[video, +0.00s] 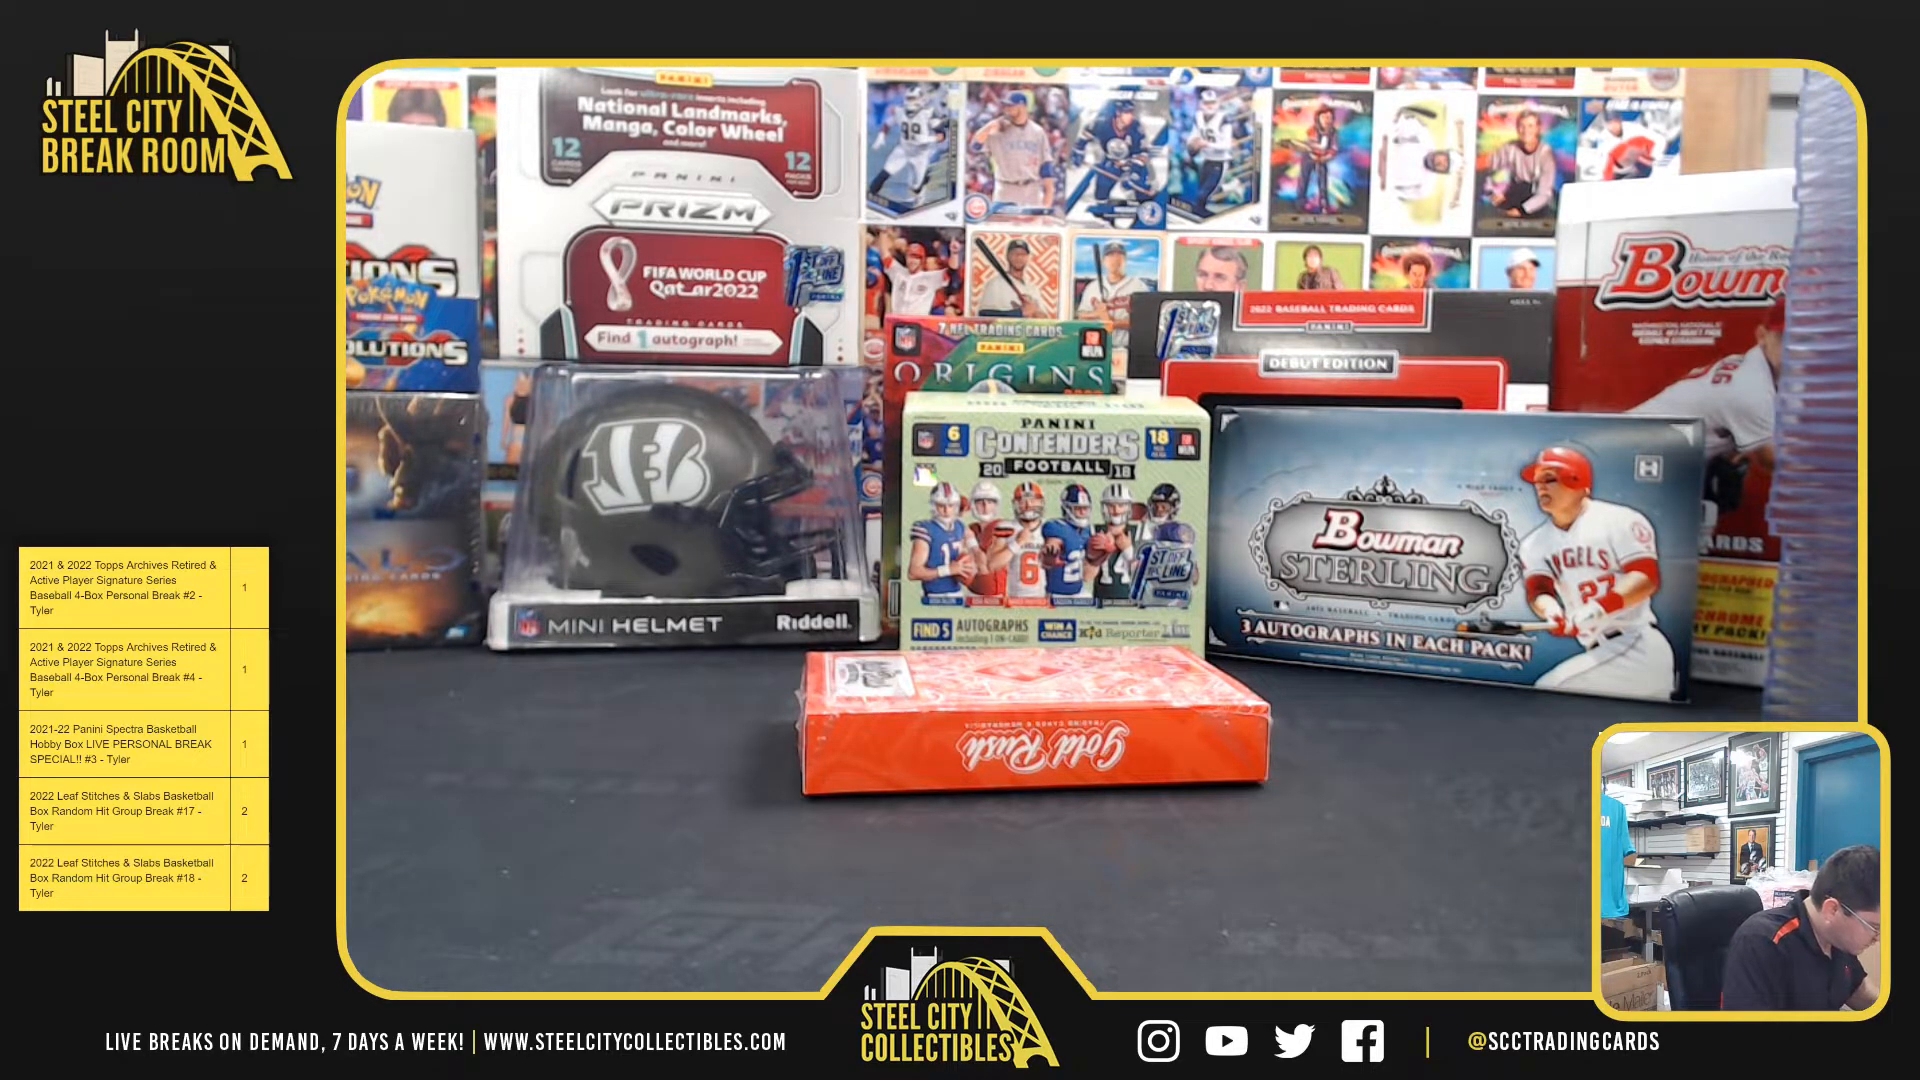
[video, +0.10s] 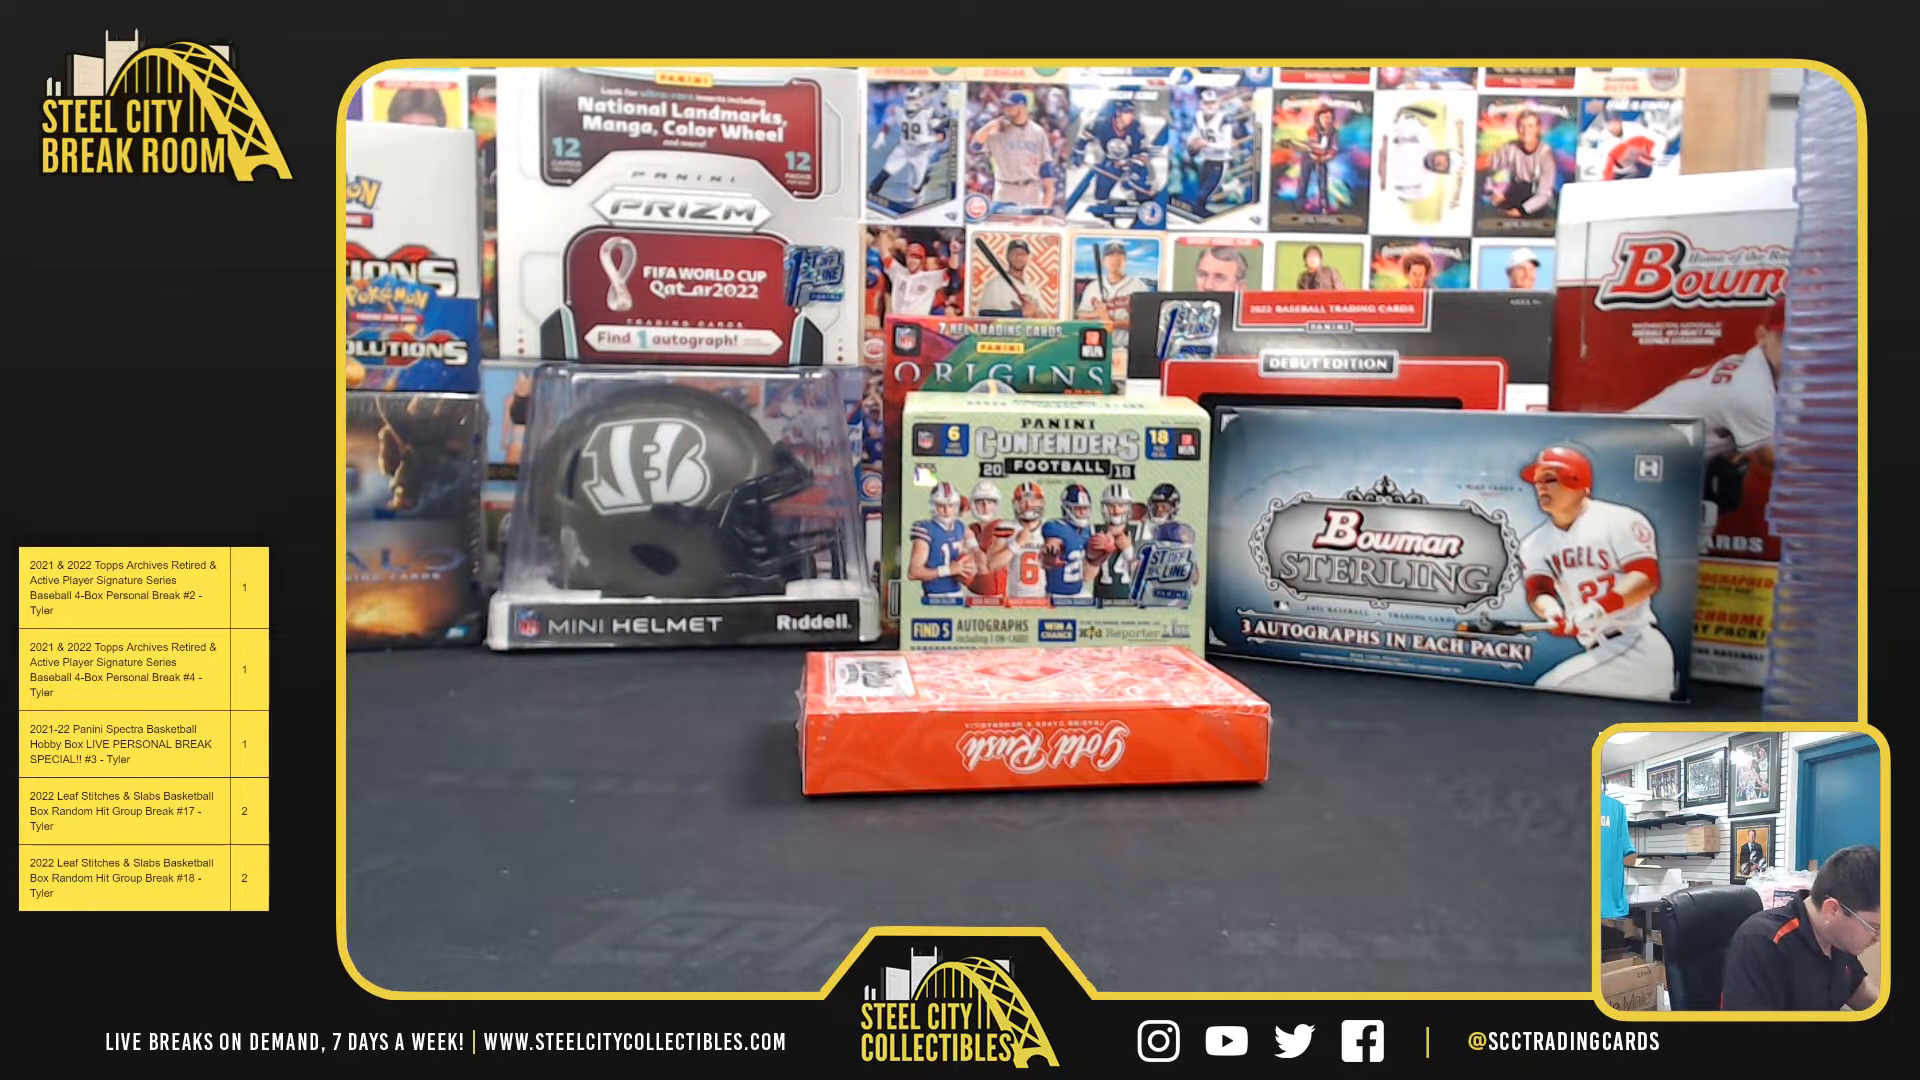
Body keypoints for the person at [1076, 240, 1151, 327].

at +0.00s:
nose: (1115, 260)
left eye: (1119, 255)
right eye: (1111, 255)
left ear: (1124, 260)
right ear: (1104, 260)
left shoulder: (1137, 286)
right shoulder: (1093, 287)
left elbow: (1144, 318)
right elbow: (1081, 315)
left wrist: (1114, 323)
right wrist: (1099, 314)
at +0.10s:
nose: (1115, 260)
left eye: (1119, 255)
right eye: (1111, 255)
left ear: (1124, 260)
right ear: (1104, 260)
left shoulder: (1137, 286)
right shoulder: (1093, 287)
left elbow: (1144, 318)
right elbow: (1081, 315)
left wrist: (1114, 323)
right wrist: (1099, 314)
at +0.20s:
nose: (1115, 260)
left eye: (1119, 255)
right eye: (1111, 255)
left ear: (1124, 260)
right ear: (1104, 260)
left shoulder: (1137, 286)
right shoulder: (1093, 287)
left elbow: (1144, 318)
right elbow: (1081, 315)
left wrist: (1114, 323)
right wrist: (1099, 314)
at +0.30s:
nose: (1115, 260)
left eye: (1119, 255)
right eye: (1111, 255)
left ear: (1124, 260)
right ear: (1104, 260)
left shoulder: (1137, 286)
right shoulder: (1093, 287)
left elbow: (1144, 318)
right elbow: (1081, 315)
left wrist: (1114, 323)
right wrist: (1099, 314)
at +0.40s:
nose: (1115, 260)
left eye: (1119, 255)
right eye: (1111, 255)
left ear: (1124, 260)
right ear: (1104, 260)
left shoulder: (1137, 286)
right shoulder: (1093, 287)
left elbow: (1144, 318)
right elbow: (1081, 315)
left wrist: (1114, 323)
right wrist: (1099, 314)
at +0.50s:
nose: (1115, 260)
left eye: (1119, 255)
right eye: (1111, 255)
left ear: (1124, 260)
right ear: (1104, 260)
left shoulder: (1137, 286)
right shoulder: (1093, 287)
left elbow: (1144, 318)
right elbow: (1081, 315)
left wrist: (1114, 323)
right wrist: (1099, 314)